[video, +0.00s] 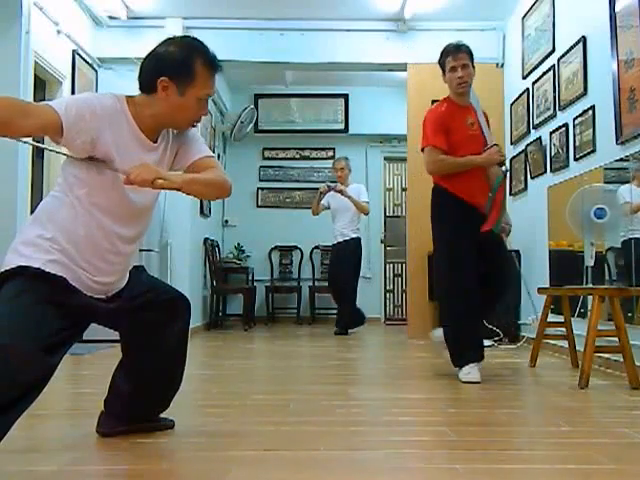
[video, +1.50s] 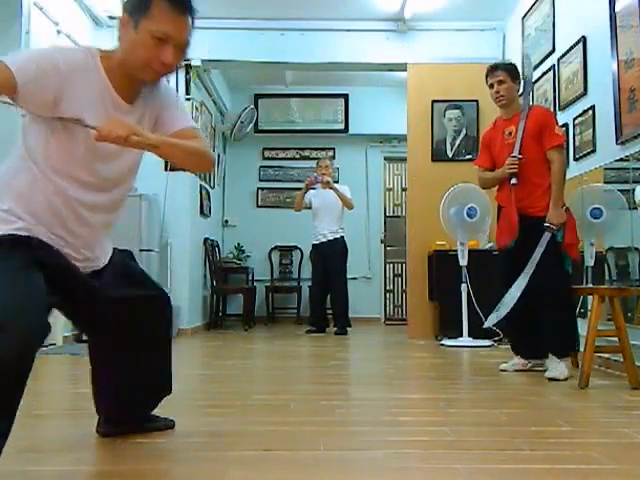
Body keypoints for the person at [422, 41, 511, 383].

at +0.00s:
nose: (460, 74)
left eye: (465, 67)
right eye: (453, 69)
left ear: (474, 72)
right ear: (444, 76)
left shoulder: (481, 115)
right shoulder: (437, 114)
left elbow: (488, 167)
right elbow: (432, 164)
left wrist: (499, 211)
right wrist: (482, 159)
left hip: (481, 206)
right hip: (452, 204)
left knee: (500, 275)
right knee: (460, 279)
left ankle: (452, 330)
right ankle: (467, 361)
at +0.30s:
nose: (485, 75)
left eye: (490, 67)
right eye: (479, 70)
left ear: (503, 70)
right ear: (472, 76)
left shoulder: (521, 113)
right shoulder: (464, 116)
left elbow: (534, 164)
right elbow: (453, 165)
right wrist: (500, 157)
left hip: (517, 209)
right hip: (477, 209)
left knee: (533, 284)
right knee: (468, 284)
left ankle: (552, 353)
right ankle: (468, 360)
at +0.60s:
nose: (513, 75)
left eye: (520, 68)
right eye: (508, 70)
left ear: (535, 69)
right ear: (504, 75)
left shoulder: (557, 111)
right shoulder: (495, 117)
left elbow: (573, 161)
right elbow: (483, 167)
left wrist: (575, 207)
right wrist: (517, 162)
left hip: (548, 211)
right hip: (504, 210)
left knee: (555, 284)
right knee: (488, 280)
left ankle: (555, 356)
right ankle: (486, 356)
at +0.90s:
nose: (516, 77)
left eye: (522, 70)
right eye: (511, 73)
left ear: (539, 72)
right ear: (508, 79)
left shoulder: (561, 112)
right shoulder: (503, 121)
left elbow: (576, 163)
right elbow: (491, 169)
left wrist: (576, 209)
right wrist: (516, 165)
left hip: (554, 211)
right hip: (513, 210)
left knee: (555, 283)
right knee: (513, 279)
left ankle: (556, 357)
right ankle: (525, 353)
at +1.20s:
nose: (506, 84)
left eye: (511, 77)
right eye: (501, 80)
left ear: (527, 79)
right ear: (498, 86)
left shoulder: (549, 114)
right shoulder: (498, 127)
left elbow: (564, 163)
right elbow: (486, 175)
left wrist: (562, 210)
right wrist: (507, 168)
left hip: (547, 213)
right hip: (511, 214)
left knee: (552, 284)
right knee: (518, 282)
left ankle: (555, 357)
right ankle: (528, 355)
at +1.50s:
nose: (496, 89)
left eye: (502, 82)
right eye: (491, 85)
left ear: (517, 84)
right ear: (489, 92)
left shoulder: (539, 116)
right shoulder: (490, 134)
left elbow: (557, 161)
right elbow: (482, 179)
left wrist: (556, 205)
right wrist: (501, 173)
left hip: (543, 215)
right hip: (511, 218)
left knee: (551, 284)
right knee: (515, 284)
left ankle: (559, 356)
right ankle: (528, 354)